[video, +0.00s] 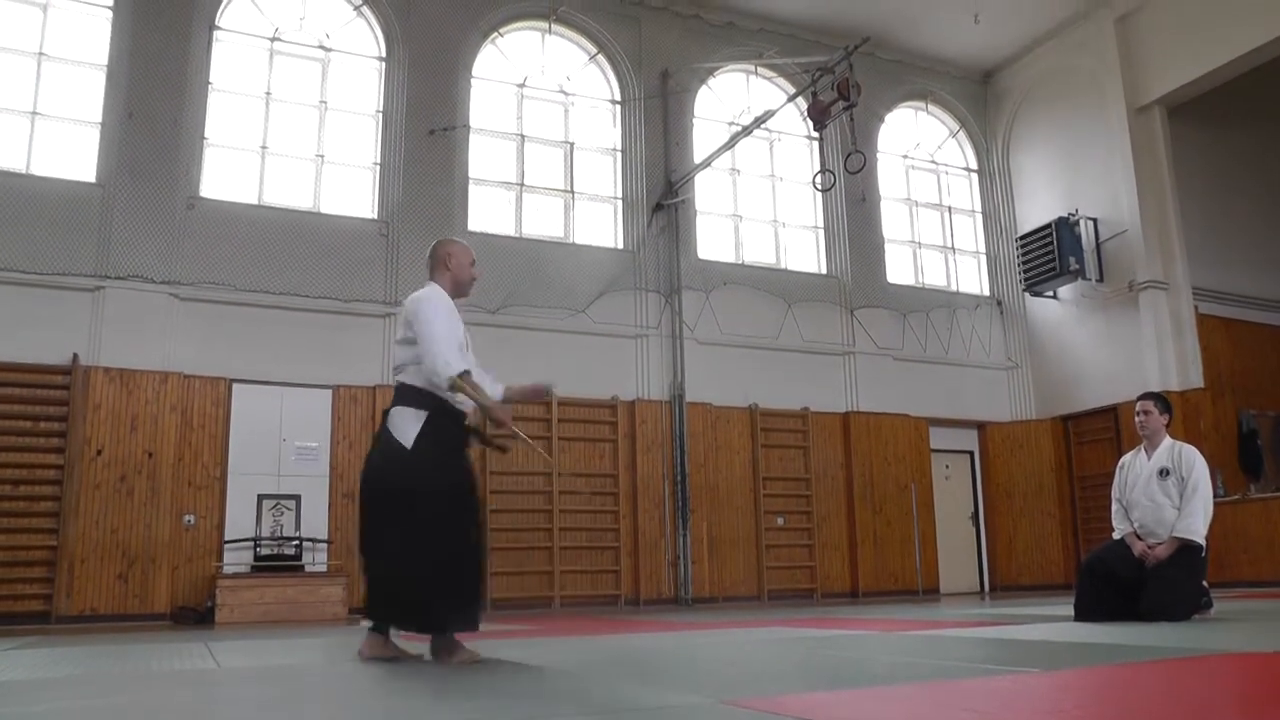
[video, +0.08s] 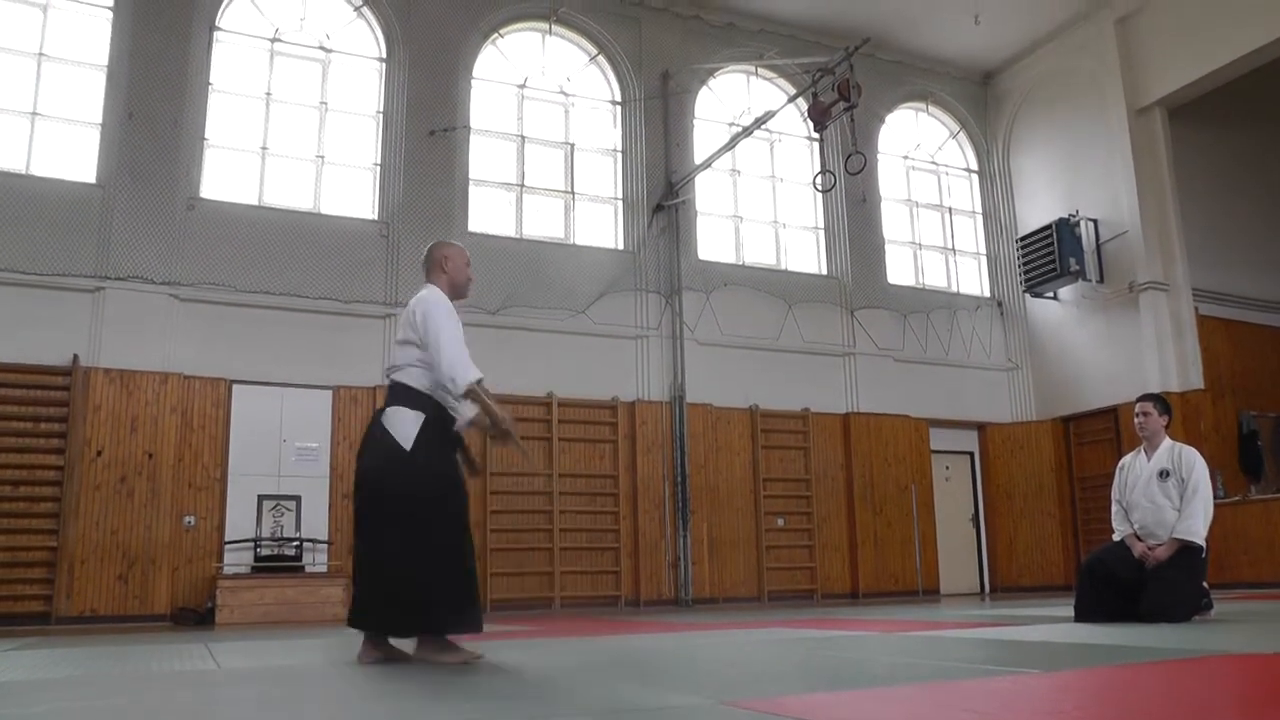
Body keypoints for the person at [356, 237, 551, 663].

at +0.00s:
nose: (476, 273)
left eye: (475, 266)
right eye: (470, 265)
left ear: (446, 264)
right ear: (447, 264)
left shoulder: (447, 314)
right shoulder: (431, 299)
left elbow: (472, 378)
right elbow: (447, 365)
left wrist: (517, 392)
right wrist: (489, 406)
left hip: (422, 424)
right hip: (424, 427)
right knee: (452, 530)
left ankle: (378, 636)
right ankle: (445, 640)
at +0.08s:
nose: (472, 274)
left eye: (470, 266)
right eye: (467, 264)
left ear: (440, 267)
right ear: (444, 264)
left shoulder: (421, 305)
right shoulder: (435, 301)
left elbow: (434, 385)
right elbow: (454, 364)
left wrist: (468, 428)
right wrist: (492, 408)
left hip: (396, 426)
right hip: (417, 428)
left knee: (387, 532)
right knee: (440, 529)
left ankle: (374, 639)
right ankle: (432, 637)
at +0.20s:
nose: (466, 274)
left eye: (465, 267)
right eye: (461, 266)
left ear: (434, 268)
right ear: (439, 267)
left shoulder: (417, 305)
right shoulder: (433, 304)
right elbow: (461, 369)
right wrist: (498, 424)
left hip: (393, 418)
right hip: (411, 423)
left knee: (387, 528)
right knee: (418, 527)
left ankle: (376, 640)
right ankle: (403, 635)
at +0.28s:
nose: (464, 274)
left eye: (463, 266)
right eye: (459, 265)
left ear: (430, 266)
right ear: (436, 265)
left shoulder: (406, 309)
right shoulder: (434, 306)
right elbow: (460, 368)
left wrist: (488, 418)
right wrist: (496, 422)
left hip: (392, 418)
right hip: (413, 423)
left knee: (390, 528)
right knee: (409, 529)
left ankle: (381, 639)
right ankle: (386, 640)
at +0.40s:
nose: (462, 271)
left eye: (461, 263)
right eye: (457, 263)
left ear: (428, 266)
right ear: (435, 264)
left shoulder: (401, 311)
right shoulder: (439, 307)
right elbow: (460, 367)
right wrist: (491, 420)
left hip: (391, 418)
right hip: (418, 423)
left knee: (391, 528)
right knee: (407, 529)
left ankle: (382, 642)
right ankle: (382, 645)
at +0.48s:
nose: (464, 269)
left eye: (463, 261)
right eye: (460, 261)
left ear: (431, 264)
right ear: (438, 262)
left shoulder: (398, 313)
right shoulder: (442, 305)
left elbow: (379, 383)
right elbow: (462, 366)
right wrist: (489, 424)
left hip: (392, 417)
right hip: (419, 420)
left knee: (391, 525)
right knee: (412, 526)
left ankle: (382, 642)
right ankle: (383, 645)